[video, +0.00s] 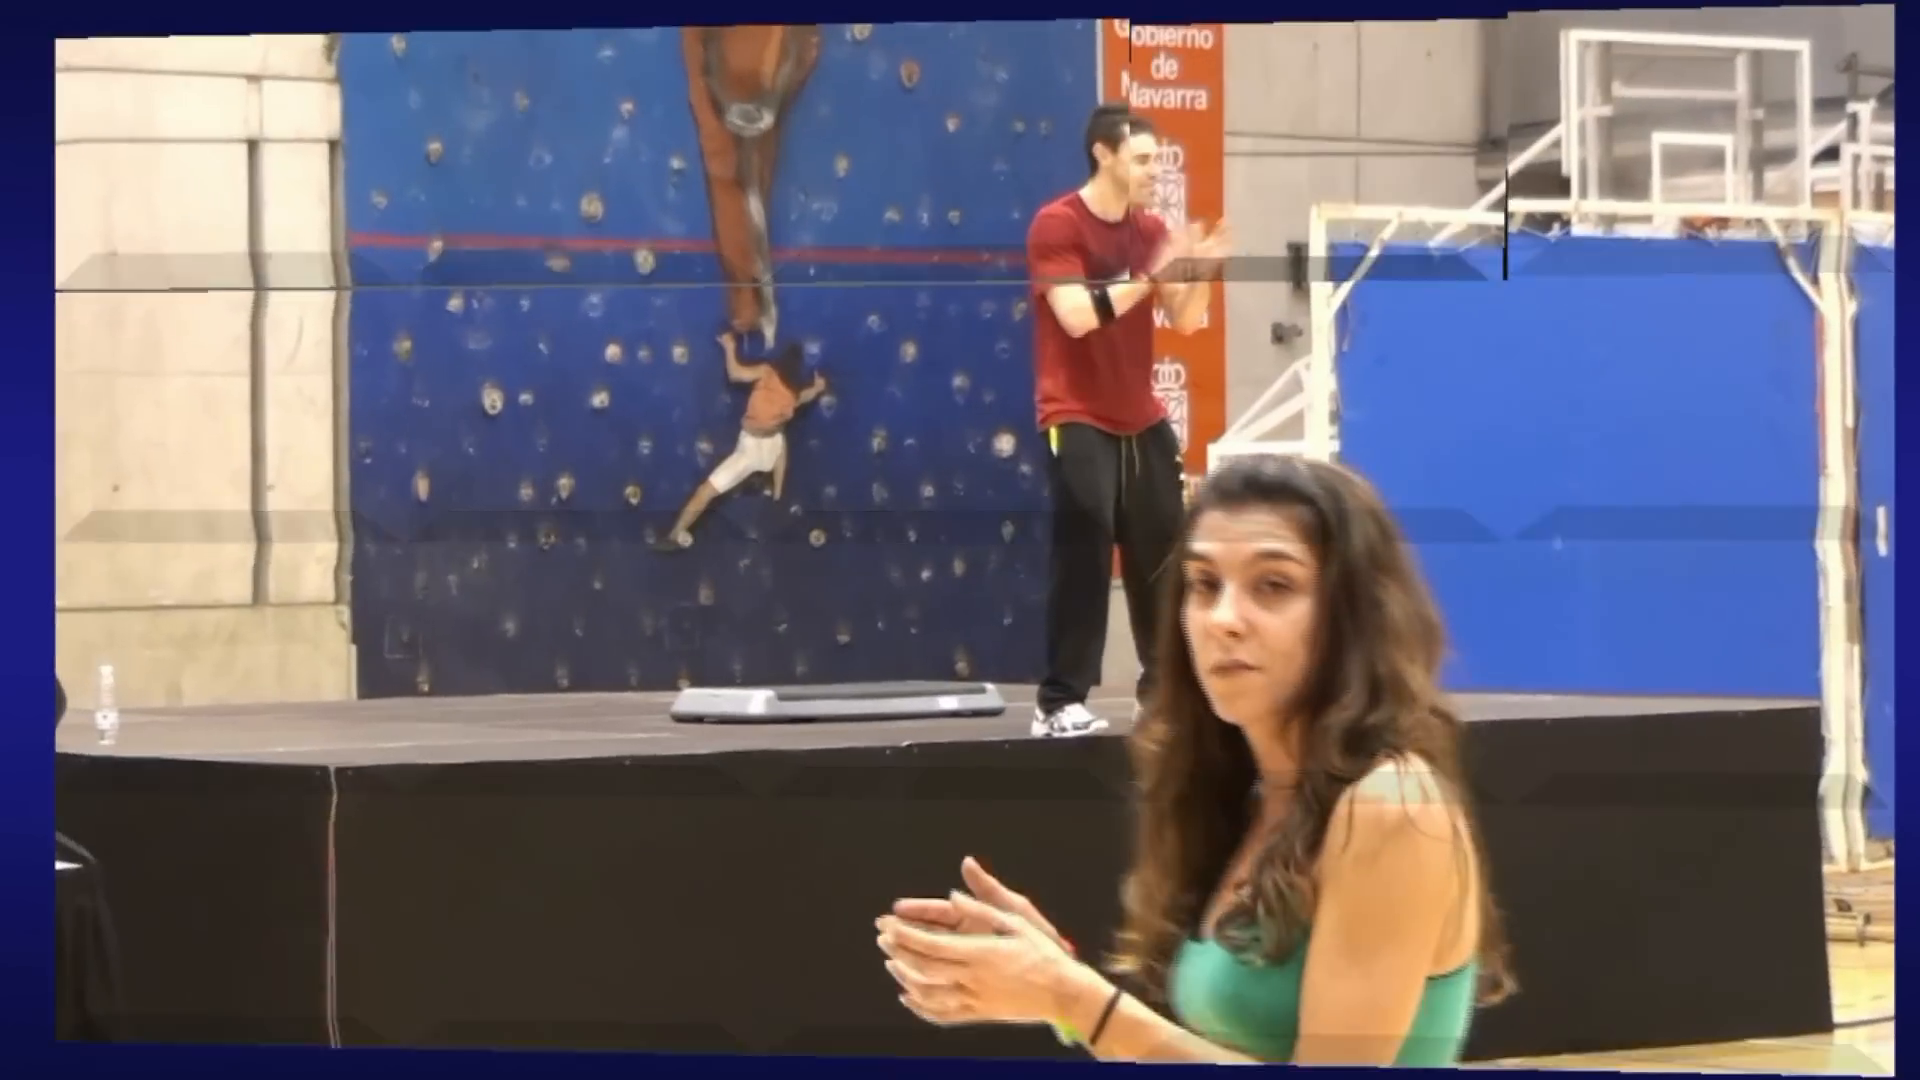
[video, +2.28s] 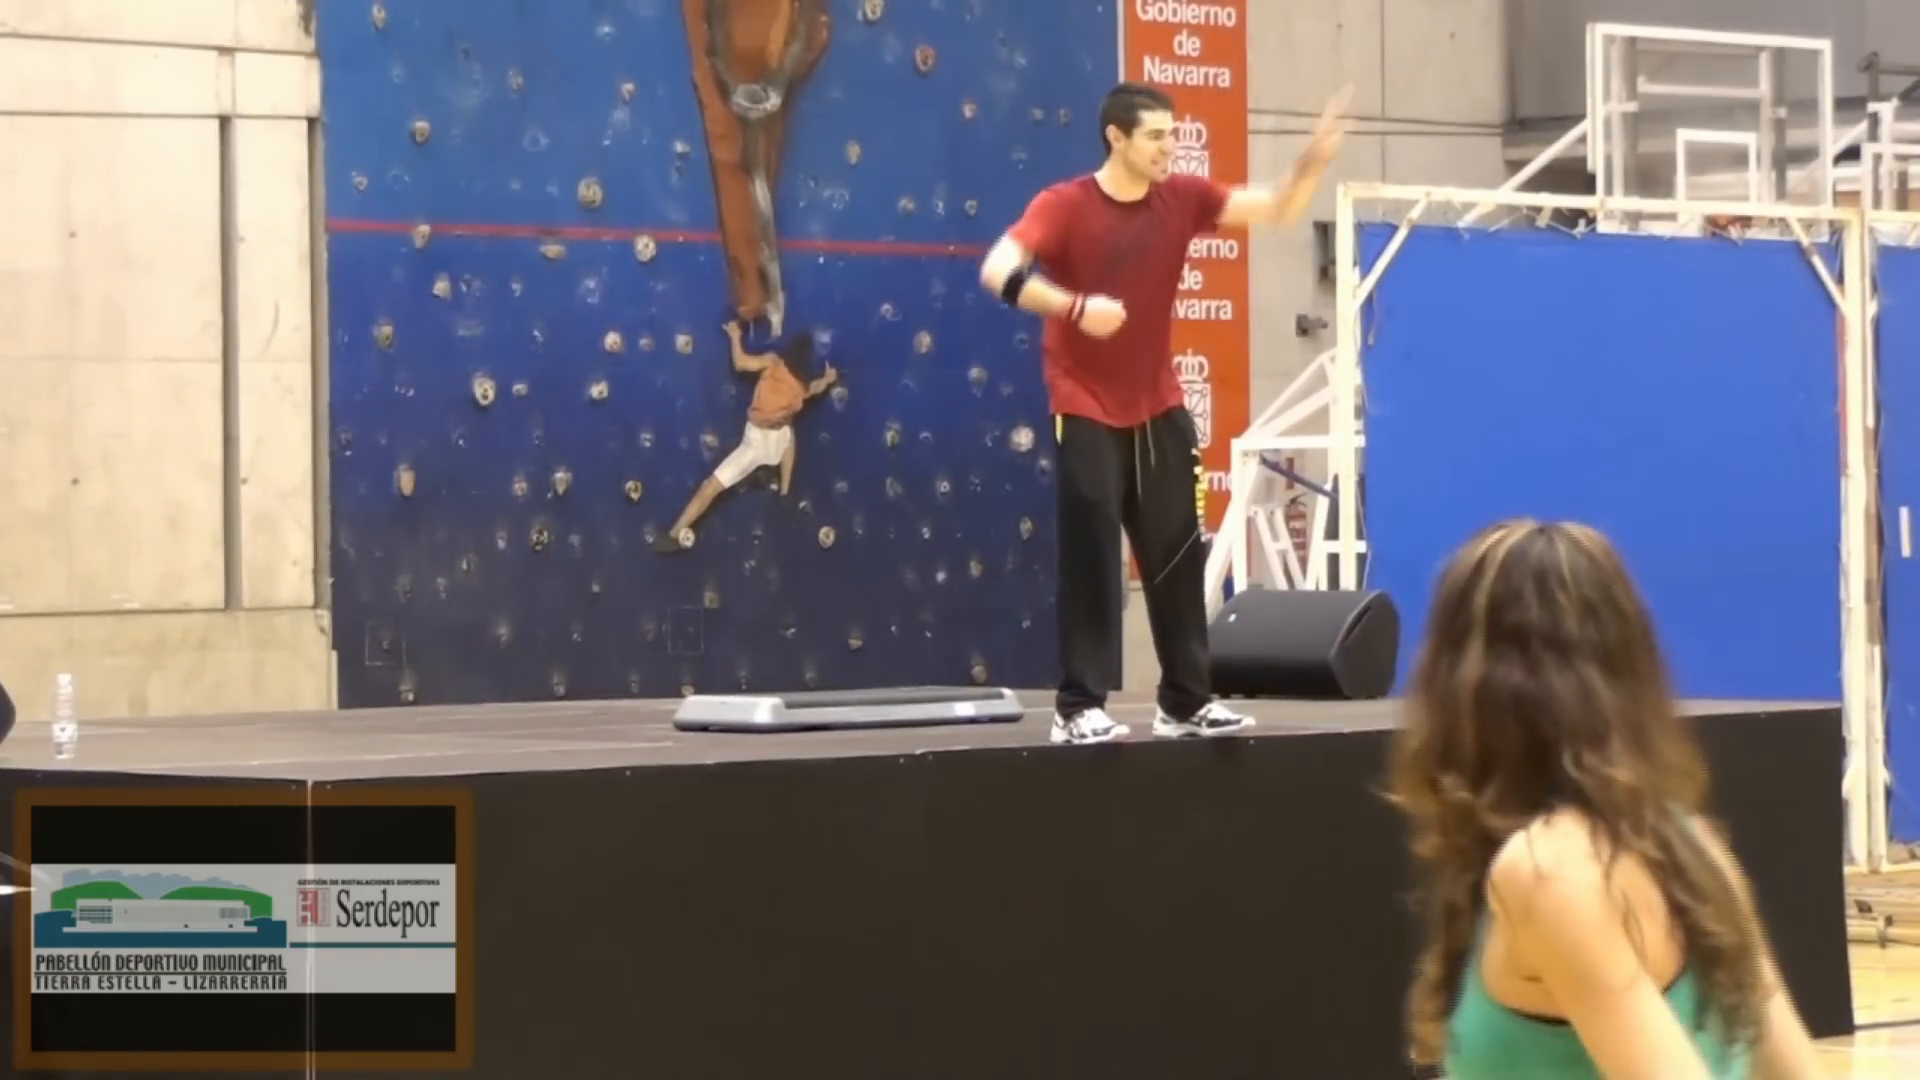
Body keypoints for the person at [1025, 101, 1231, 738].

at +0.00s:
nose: (1153, 170)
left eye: (1155, 158)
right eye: (1142, 158)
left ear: (1143, 160)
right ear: (1103, 155)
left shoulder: (1150, 231)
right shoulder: (1056, 223)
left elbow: (1185, 319)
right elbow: (1076, 317)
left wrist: (1203, 267)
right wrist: (1157, 273)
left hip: (1140, 411)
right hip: (1076, 411)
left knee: (1161, 549)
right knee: (1088, 542)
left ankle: (1166, 695)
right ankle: (1064, 699)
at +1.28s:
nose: (1165, 146)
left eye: (1168, 135)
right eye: (1153, 136)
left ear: (1167, 141)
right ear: (1113, 142)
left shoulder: (1177, 205)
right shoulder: (1069, 209)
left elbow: (1240, 271)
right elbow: (1071, 310)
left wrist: (1251, 207)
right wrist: (1159, 277)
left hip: (1162, 407)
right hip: (1092, 407)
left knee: (1186, 553)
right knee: (1102, 553)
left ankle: (1186, 701)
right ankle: (1082, 705)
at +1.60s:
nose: (1168, 140)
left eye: (1169, 129)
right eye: (1154, 130)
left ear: (1166, 138)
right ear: (1115, 138)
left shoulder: (1181, 205)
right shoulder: (1069, 204)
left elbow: (1216, 288)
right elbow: (1038, 285)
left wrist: (1234, 299)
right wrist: (1093, 216)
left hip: (1166, 403)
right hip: (1092, 401)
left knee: (1181, 550)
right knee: (1096, 548)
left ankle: (1189, 699)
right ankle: (1082, 703)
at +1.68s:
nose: (1169, 140)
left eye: (1170, 129)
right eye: (1156, 129)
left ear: (1165, 138)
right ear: (1117, 137)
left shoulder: (1182, 205)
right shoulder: (1074, 196)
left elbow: (1204, 293)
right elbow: (1031, 236)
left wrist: (1225, 316)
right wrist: (1080, 169)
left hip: (1165, 401)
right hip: (1094, 399)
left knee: (1180, 552)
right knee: (1093, 547)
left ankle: (1187, 699)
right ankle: (1081, 703)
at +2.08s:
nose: (1177, 141)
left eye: (1177, 130)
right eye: (1164, 130)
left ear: (1169, 142)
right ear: (1124, 139)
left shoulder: (1183, 208)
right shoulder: (1077, 197)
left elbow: (1206, 286)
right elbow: (1016, 199)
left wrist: (1217, 301)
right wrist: (1093, 247)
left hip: (1163, 407)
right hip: (1094, 408)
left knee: (1180, 555)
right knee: (1093, 558)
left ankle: (1187, 699)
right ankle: (1080, 704)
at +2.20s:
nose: (1170, 143)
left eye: (1172, 132)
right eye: (1157, 132)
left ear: (1170, 139)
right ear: (1118, 137)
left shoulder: (1182, 204)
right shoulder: (1071, 202)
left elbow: (1251, 251)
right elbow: (1004, 242)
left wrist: (1264, 232)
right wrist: (1081, 287)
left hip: (1159, 403)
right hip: (1087, 405)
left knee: (1178, 550)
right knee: (1093, 551)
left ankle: (1188, 700)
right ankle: (1082, 704)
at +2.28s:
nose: (1167, 148)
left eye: (1171, 137)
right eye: (1155, 137)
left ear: (1168, 142)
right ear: (1115, 137)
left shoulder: (1183, 197)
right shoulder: (1065, 204)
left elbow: (1274, 211)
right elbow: (1000, 269)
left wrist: (1313, 161)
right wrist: (1075, 306)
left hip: (1158, 403)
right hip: (1085, 405)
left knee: (1176, 551)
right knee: (1090, 553)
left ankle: (1188, 701)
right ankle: (1081, 705)